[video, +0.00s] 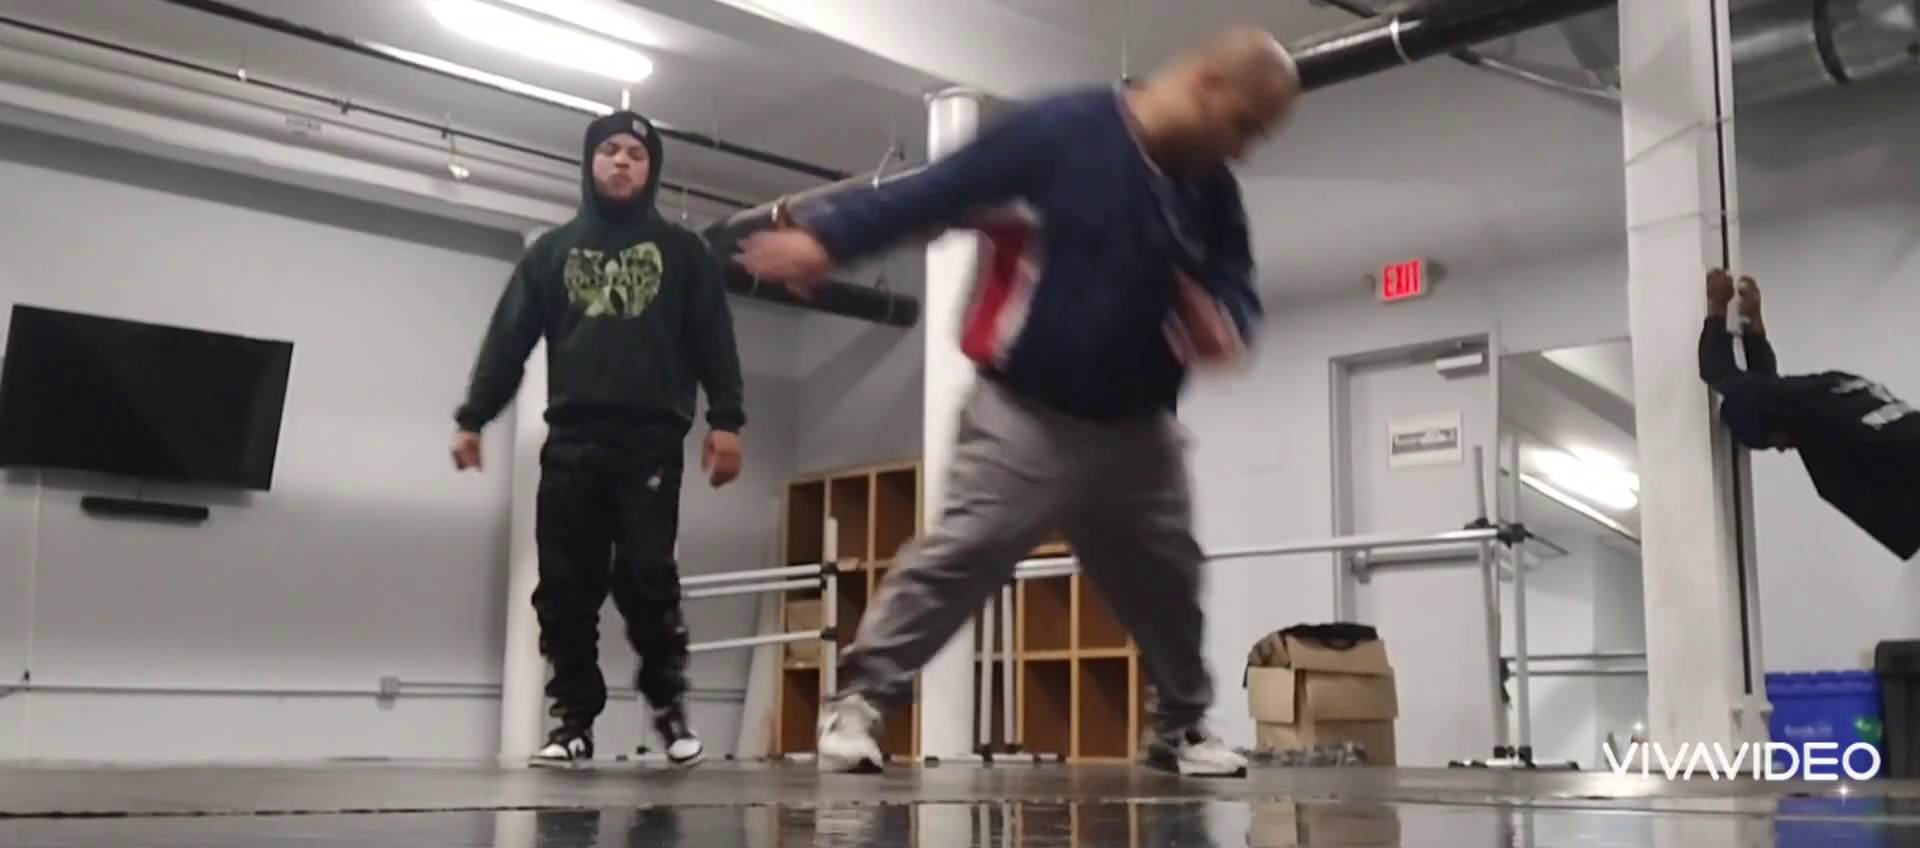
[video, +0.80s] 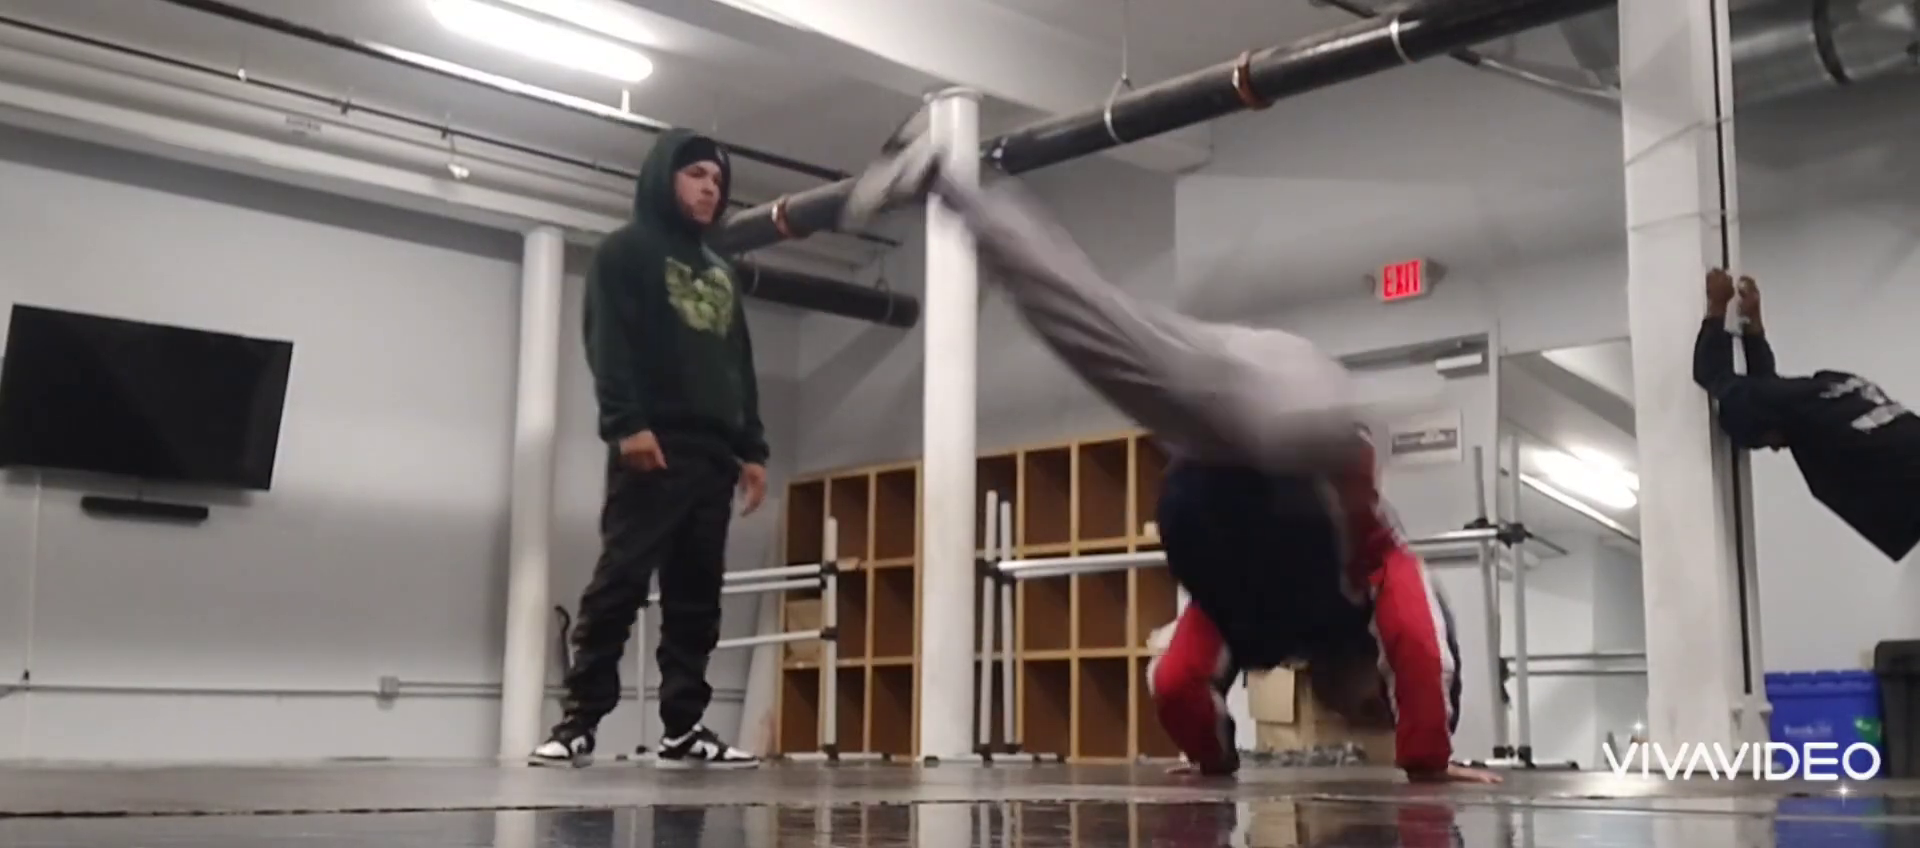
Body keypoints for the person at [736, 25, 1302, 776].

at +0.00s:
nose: (1243, 146)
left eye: (1255, 135)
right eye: (1244, 124)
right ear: (1203, 81)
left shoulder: (1209, 187)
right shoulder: (1066, 129)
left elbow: (1237, 290)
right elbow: (937, 189)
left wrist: (1224, 322)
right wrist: (824, 237)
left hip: (1134, 428)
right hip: (1024, 413)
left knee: (1169, 580)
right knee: (965, 550)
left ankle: (1181, 730)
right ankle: (858, 705)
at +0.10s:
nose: (1289, 203)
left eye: (1301, 193)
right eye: (1294, 184)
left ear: (1282, 150)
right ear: (1272, 137)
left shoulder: (1241, 207)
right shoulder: (1135, 160)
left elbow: (1245, 315)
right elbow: (1030, 226)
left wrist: (1235, 419)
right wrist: (968, 309)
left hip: (1156, 428)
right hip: (1060, 416)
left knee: (1186, 583)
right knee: (1035, 552)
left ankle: (1185, 729)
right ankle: (923, 698)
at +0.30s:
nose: (1379, 349)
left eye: (1391, 341)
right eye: (1391, 339)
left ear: (1373, 264)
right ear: (1385, 314)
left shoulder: (1270, 234)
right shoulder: (1279, 334)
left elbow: (1167, 206)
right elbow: (1250, 494)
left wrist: (1157, 177)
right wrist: (1298, 624)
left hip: (1038, 376)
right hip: (1075, 431)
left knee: (1067, 567)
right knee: (1094, 588)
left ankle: (1046, 699)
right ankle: (1024, 731)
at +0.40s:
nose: (1430, 444)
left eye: (1439, 428)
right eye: (1438, 436)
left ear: (1410, 357)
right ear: (1424, 427)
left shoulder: (1329, 318)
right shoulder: (1342, 443)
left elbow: (1298, 253)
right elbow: (1351, 584)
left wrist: (1315, 207)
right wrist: (1403, 701)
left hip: (1051, 364)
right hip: (1086, 457)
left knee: (977, 478)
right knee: (1107, 599)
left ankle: (884, 541)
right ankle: (1033, 729)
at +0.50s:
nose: (1444, 553)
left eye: (1453, 544)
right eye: (1456, 545)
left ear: (1447, 461)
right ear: (1447, 521)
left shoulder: (1379, 400)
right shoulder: (1372, 511)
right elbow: (1374, 638)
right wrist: (1425, 758)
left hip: (1147, 310)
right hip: (1131, 399)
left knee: (968, 352)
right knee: (1044, 563)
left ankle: (800, 329)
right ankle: (1009, 723)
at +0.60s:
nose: (1421, 620)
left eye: (1430, 619)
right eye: (1437, 623)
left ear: (1435, 566)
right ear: (1450, 582)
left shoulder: (1375, 490)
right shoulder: (1420, 522)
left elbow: (1291, 572)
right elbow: (1387, 638)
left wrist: (1259, 676)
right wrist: (1424, 754)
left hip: (1213, 323)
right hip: (1210, 396)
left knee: (1032, 280)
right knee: (1036, 515)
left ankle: (921, 150)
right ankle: (881, 582)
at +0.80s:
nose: (1366, 721)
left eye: (1361, 717)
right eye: (1366, 717)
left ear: (1316, 673)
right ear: (1378, 663)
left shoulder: (1239, 605)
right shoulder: (1381, 576)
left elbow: (1174, 685)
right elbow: (1419, 651)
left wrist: (1214, 765)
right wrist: (1429, 759)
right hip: (1318, 415)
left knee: (1101, 334)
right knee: (1131, 346)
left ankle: (956, 181)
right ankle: (954, 182)